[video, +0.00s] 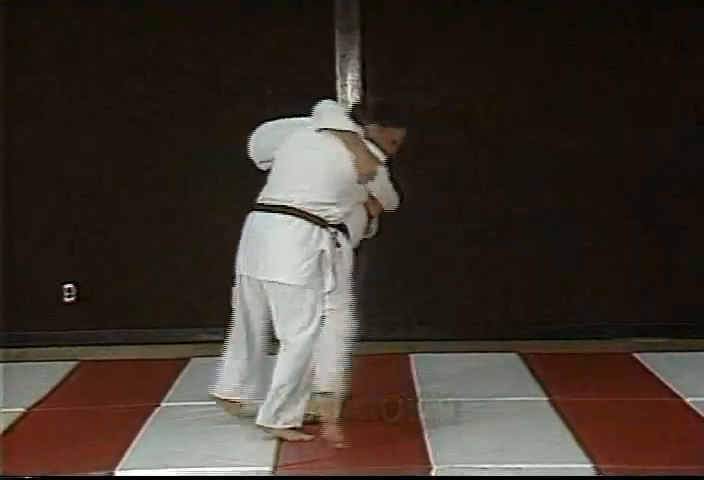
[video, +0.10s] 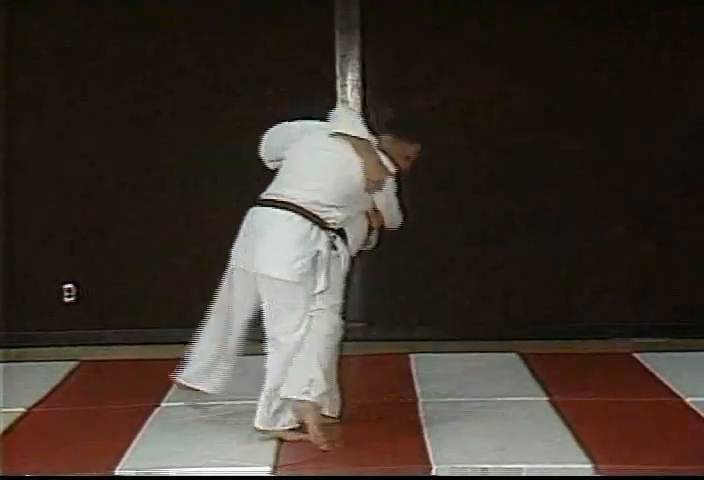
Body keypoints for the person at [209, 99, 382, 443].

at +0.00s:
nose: (384, 148)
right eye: (378, 141)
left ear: (328, 118)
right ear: (364, 130)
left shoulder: (297, 134)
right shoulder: (365, 158)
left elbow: (256, 149)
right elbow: (389, 201)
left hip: (254, 235)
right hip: (299, 244)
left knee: (252, 326)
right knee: (298, 336)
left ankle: (236, 390)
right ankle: (278, 417)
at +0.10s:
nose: (399, 166)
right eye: (400, 159)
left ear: (349, 126)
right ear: (377, 143)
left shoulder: (313, 133)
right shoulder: (374, 169)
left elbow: (268, 148)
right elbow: (392, 221)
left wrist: (297, 166)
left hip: (256, 224)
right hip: (296, 241)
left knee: (232, 311)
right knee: (287, 332)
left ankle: (198, 373)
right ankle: (274, 415)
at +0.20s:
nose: (405, 177)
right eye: (405, 169)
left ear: (370, 134)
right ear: (392, 151)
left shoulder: (328, 137)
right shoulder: (384, 182)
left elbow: (281, 148)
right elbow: (393, 231)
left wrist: (302, 175)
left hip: (255, 221)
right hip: (292, 242)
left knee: (211, 299)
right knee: (282, 329)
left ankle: (156, 361)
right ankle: (270, 415)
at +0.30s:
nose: (409, 177)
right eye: (410, 170)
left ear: (372, 137)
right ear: (398, 154)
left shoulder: (334, 137)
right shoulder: (388, 182)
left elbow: (287, 146)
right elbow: (395, 234)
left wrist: (308, 176)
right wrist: (378, 225)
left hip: (259, 214)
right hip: (295, 237)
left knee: (203, 282)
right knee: (286, 324)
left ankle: (126, 340)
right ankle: (268, 413)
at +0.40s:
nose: (413, 174)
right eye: (413, 167)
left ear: (382, 137)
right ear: (406, 152)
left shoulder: (339, 135)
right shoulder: (390, 181)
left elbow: (292, 143)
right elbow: (391, 238)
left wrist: (312, 171)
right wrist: (373, 212)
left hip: (266, 210)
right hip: (299, 233)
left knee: (202, 274)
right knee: (292, 323)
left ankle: (117, 322)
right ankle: (271, 412)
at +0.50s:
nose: (417, 167)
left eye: (420, 161)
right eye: (418, 160)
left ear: (387, 130)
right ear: (409, 147)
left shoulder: (344, 131)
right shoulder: (394, 174)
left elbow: (298, 139)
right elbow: (404, 226)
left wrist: (320, 166)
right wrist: (392, 218)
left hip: (270, 209)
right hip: (304, 232)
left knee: (209, 276)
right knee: (292, 322)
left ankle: (123, 321)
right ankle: (274, 412)